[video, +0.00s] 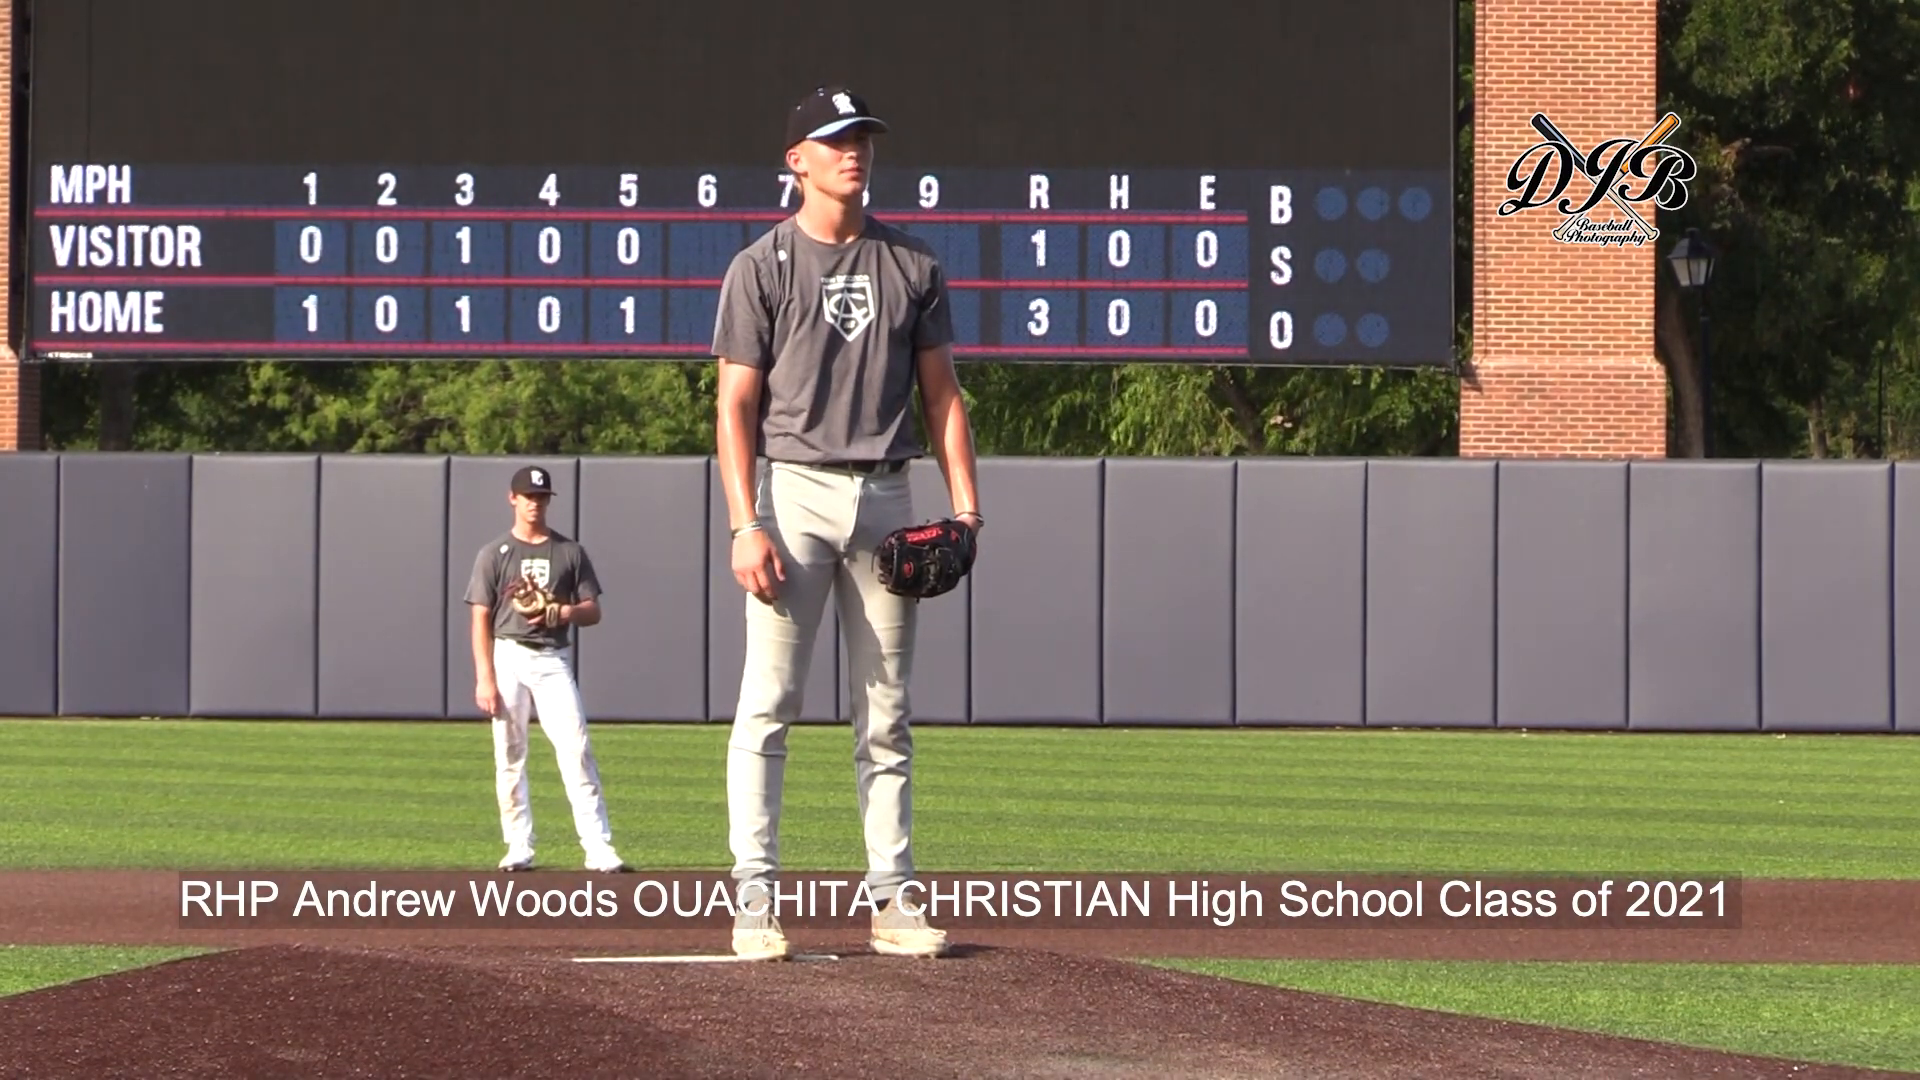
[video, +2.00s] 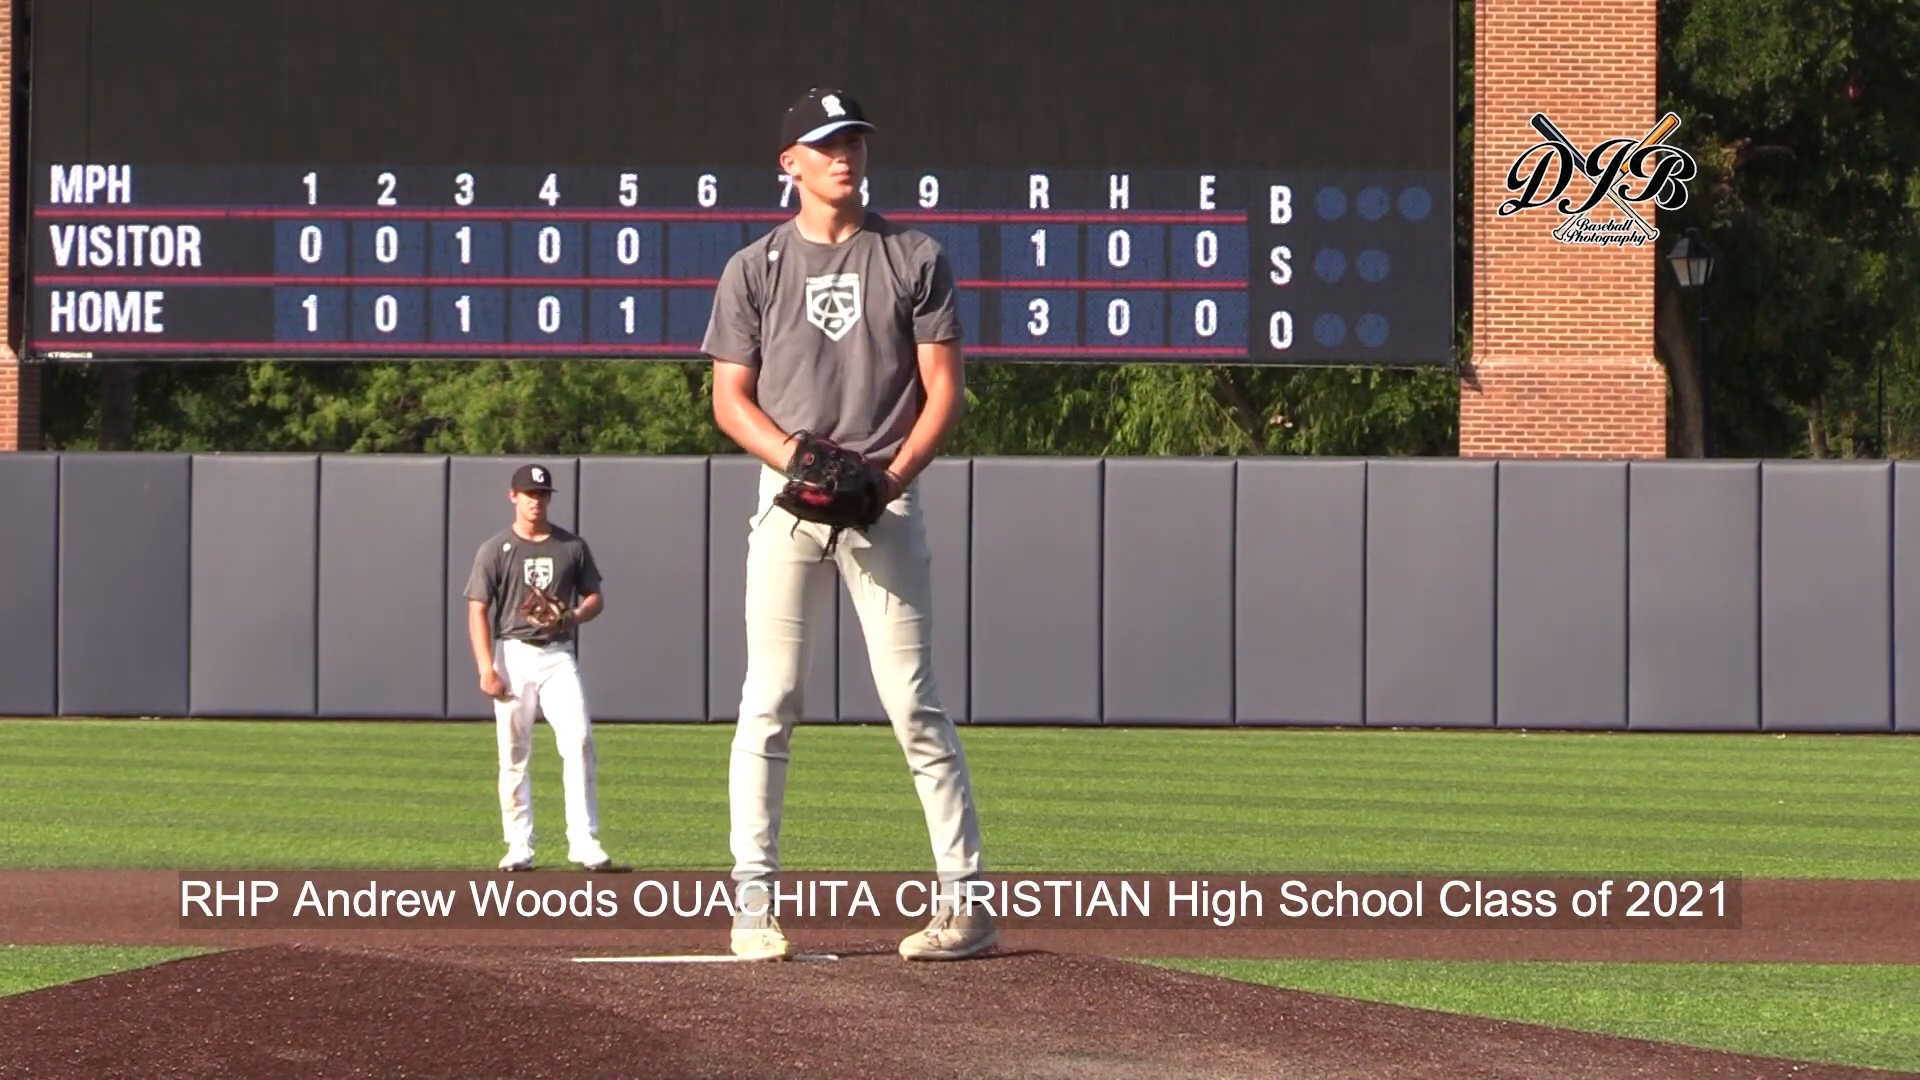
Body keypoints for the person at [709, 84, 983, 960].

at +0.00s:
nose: (853, 157)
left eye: (860, 143)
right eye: (836, 145)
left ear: (871, 157)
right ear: (798, 160)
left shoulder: (913, 268)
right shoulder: (758, 269)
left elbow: (944, 395)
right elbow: (733, 407)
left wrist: (965, 509)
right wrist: (744, 523)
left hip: (888, 496)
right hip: (792, 493)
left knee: (887, 712)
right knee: (769, 704)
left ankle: (893, 897)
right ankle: (756, 895)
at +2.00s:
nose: (845, 160)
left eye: (853, 146)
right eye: (826, 148)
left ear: (867, 158)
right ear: (791, 163)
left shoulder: (914, 258)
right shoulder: (752, 269)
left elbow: (944, 389)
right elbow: (729, 399)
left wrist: (889, 477)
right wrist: (797, 460)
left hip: (884, 507)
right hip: (785, 509)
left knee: (913, 709)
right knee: (769, 705)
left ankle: (964, 902)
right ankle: (755, 902)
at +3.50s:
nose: (901, 165)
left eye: (911, 150)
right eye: (884, 153)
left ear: (930, 160)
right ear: (857, 167)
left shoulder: (953, 244)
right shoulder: (858, 263)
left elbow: (932, 383)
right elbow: (846, 381)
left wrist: (817, 423)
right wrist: (784, 405)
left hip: (930, 486)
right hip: (867, 490)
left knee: (870, 686)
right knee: (851, 697)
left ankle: (940, 882)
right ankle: (880, 898)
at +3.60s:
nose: (895, 165)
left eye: (906, 150)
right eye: (879, 153)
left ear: (926, 160)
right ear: (853, 166)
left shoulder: (948, 243)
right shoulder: (865, 261)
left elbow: (914, 378)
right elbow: (849, 368)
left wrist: (796, 391)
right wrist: (780, 368)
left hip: (925, 479)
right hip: (873, 479)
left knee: (797, 630)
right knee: (868, 696)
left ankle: (872, 829)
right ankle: (874, 908)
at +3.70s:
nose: (889, 168)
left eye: (902, 153)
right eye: (873, 155)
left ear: (925, 162)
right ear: (851, 170)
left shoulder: (946, 242)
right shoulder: (869, 264)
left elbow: (893, 371)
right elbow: (853, 387)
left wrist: (778, 343)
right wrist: (779, 342)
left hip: (920, 475)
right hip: (885, 476)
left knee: (741, 557)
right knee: (863, 704)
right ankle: (882, 906)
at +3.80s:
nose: (886, 173)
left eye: (899, 157)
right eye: (870, 160)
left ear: (924, 166)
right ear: (850, 174)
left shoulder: (943, 242)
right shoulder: (875, 263)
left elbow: (871, 360)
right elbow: (839, 380)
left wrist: (773, 303)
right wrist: (778, 309)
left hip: (918, 473)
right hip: (894, 477)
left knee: (713, 481)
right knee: (864, 702)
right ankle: (879, 907)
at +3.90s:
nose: (885, 178)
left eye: (897, 162)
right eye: (869, 165)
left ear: (922, 170)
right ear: (848, 178)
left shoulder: (937, 243)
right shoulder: (878, 264)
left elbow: (845, 346)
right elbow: (811, 365)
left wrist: (773, 276)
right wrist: (779, 276)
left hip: (910, 468)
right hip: (898, 488)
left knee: (711, 403)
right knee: (854, 698)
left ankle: (575, 565)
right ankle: (878, 905)